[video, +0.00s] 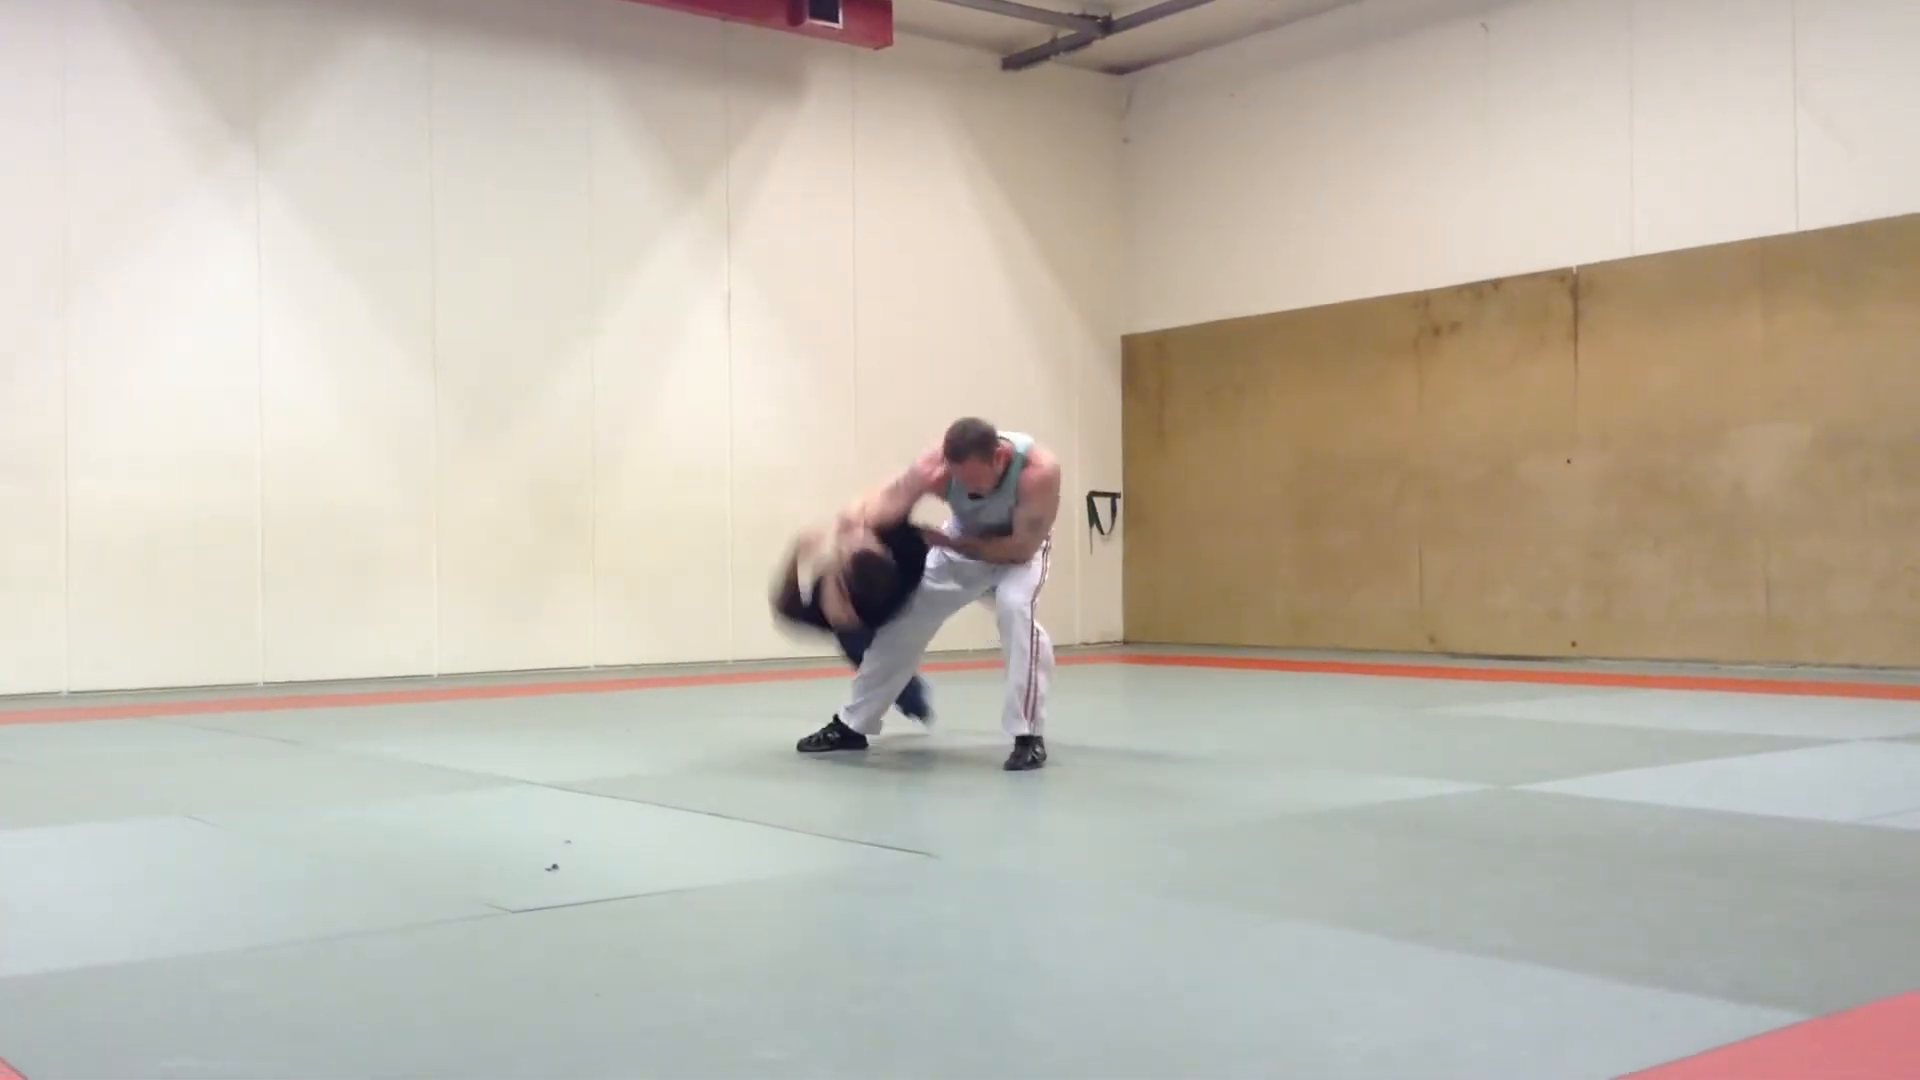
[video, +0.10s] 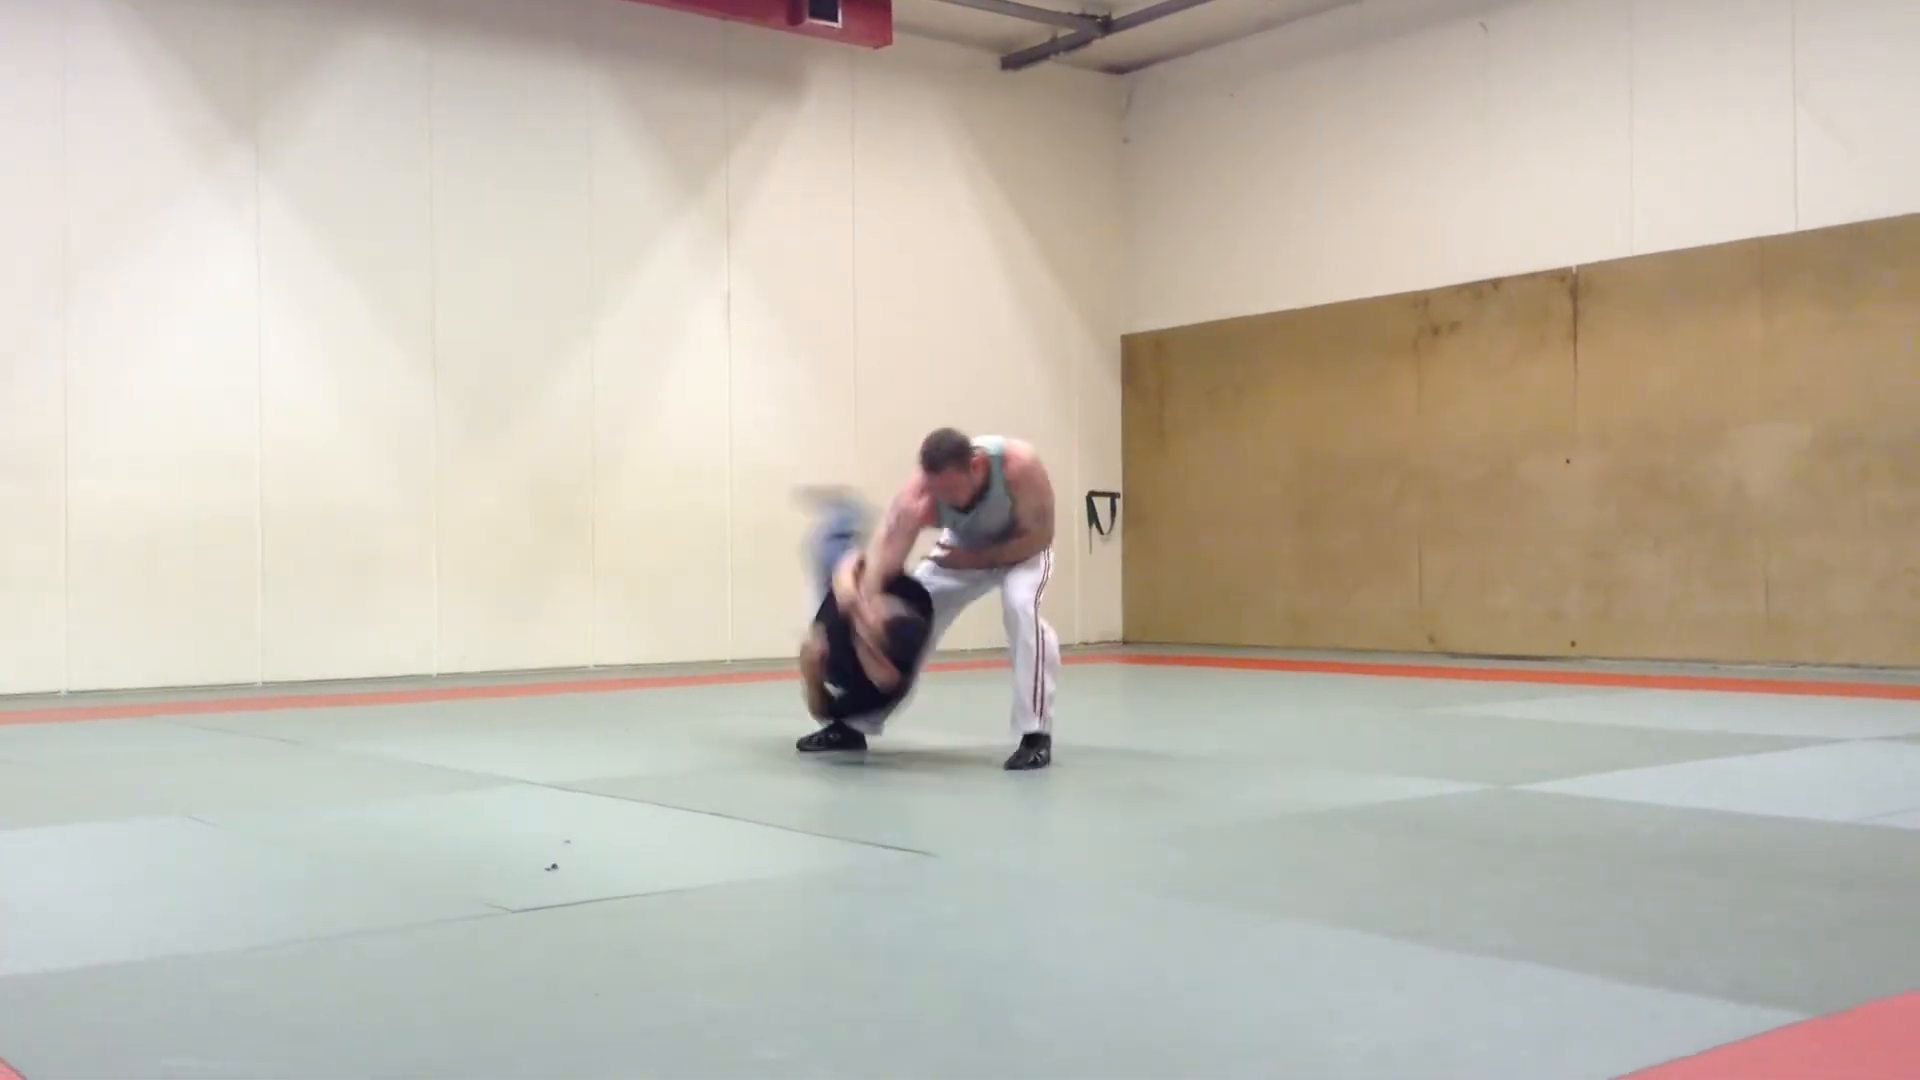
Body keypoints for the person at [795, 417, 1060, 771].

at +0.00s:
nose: (969, 488)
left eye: (976, 481)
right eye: (961, 481)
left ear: (1000, 458)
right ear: (949, 460)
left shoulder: (1038, 472)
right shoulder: (936, 468)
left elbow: (1023, 548)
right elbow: (884, 506)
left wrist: (949, 542)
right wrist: (858, 525)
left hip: (1021, 548)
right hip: (961, 543)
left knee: (1014, 607)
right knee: (904, 622)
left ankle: (1028, 737)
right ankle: (852, 725)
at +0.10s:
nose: (943, 499)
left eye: (950, 491)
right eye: (936, 491)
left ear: (975, 468)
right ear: (927, 477)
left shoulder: (1020, 466)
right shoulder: (918, 493)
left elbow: (1037, 539)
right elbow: (883, 558)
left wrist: (973, 559)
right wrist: (868, 604)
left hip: (1022, 550)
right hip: (962, 553)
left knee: (1020, 605)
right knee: (907, 615)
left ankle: (1035, 735)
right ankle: (854, 726)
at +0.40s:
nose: (894, 556)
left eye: (901, 546)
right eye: (889, 548)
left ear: (928, 520)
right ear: (882, 533)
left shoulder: (969, 484)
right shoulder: (890, 552)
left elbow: (1025, 529)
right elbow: (907, 632)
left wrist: (973, 568)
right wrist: (944, 695)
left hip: (1001, 554)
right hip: (934, 566)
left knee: (1024, 602)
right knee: (859, 627)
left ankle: (1034, 730)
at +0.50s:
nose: (891, 557)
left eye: (898, 547)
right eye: (886, 550)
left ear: (923, 524)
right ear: (880, 540)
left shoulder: (958, 483)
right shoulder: (889, 554)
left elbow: (1022, 525)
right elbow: (912, 629)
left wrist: (967, 568)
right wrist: (941, 681)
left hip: (993, 555)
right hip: (930, 568)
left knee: (1018, 601)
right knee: (843, 620)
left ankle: (1032, 731)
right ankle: (847, 718)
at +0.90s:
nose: (908, 522)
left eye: (911, 514)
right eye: (900, 519)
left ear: (929, 487)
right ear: (889, 507)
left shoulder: (967, 461)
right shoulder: (892, 525)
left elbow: (1023, 517)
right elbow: (912, 600)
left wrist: (968, 549)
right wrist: (935, 650)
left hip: (996, 548)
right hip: (929, 557)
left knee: (1025, 593)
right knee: (852, 616)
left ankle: (1038, 716)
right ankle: (855, 712)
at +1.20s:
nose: (950, 473)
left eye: (957, 466)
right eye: (942, 468)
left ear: (973, 443)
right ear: (927, 443)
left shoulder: (1008, 455)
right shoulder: (919, 422)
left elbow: (1027, 540)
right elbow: (872, 431)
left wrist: (978, 590)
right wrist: (878, 488)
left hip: (1012, 524)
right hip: (951, 525)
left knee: (1048, 578)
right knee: (879, 607)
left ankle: (1057, 704)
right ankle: (868, 698)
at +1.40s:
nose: (999, 469)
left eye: (1005, 464)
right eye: (991, 463)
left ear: (1020, 443)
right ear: (974, 439)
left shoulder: (1049, 439)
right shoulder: (955, 406)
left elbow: (1094, 491)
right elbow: (882, 384)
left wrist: (1055, 527)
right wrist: (893, 451)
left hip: (1024, 518)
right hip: (957, 518)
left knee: (1064, 574)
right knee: (886, 603)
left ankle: (1071, 697)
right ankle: (885, 695)